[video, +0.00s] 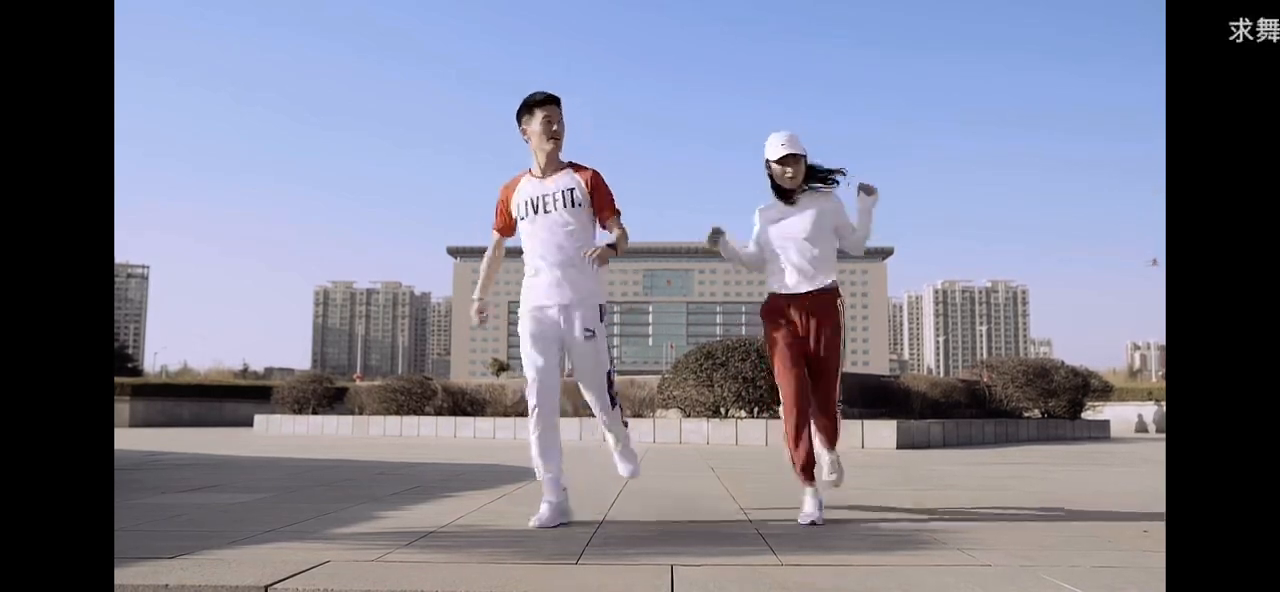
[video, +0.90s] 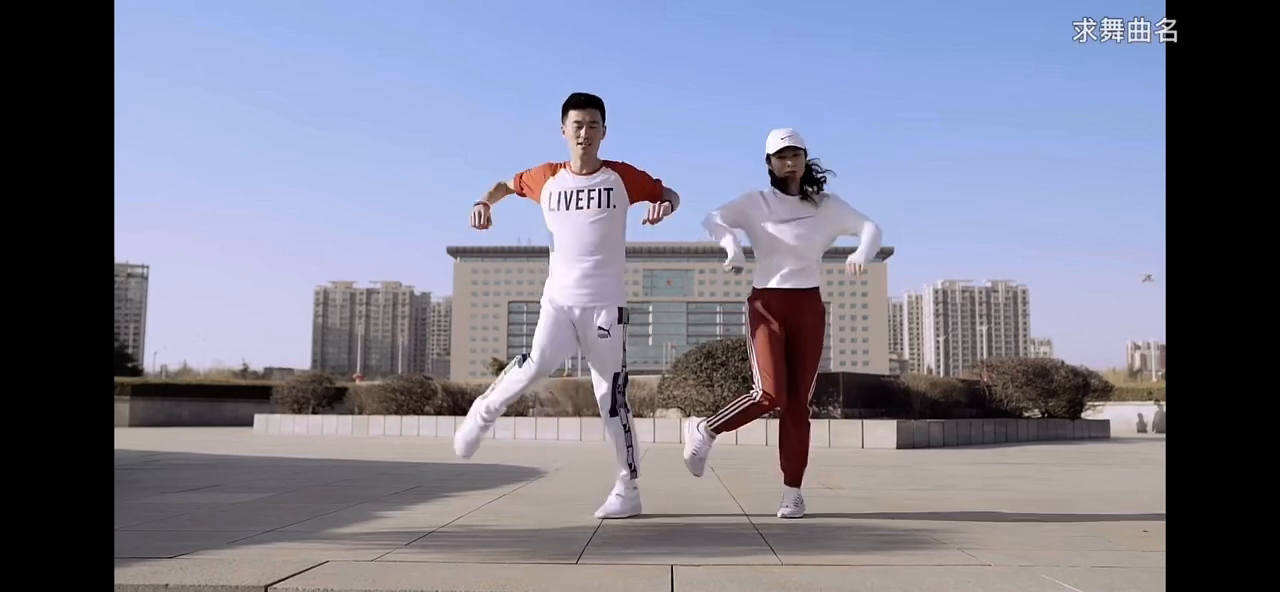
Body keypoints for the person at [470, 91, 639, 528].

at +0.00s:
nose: (555, 125)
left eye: (558, 119)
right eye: (545, 120)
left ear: (564, 128)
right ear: (525, 131)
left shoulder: (587, 178)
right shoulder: (512, 190)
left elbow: (618, 232)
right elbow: (496, 247)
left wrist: (610, 245)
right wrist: (480, 293)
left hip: (583, 300)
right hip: (537, 302)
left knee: (599, 396)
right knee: (540, 403)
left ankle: (618, 441)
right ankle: (553, 498)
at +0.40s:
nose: (565, 141)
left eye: (573, 134)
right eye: (557, 134)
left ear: (582, 139)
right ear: (543, 139)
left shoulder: (603, 188)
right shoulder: (525, 191)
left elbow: (601, 248)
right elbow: (505, 244)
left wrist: (555, 234)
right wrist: (514, 243)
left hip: (591, 295)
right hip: (548, 302)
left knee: (592, 331)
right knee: (555, 402)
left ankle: (600, 411)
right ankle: (568, 486)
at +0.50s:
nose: (570, 125)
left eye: (578, 118)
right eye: (563, 118)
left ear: (587, 123)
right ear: (549, 123)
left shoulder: (608, 172)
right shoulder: (532, 174)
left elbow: (612, 237)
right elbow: (520, 233)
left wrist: (569, 227)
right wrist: (546, 242)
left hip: (594, 292)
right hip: (552, 295)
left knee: (598, 376)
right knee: (558, 387)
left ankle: (582, 469)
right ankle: (575, 474)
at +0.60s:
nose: (575, 132)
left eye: (582, 125)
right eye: (567, 125)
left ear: (592, 131)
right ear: (554, 131)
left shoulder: (613, 182)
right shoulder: (536, 183)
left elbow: (621, 244)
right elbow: (521, 243)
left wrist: (586, 251)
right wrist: (546, 261)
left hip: (595, 301)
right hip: (552, 303)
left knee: (597, 394)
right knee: (566, 399)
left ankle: (571, 485)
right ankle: (591, 481)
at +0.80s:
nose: (584, 122)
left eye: (592, 115)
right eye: (576, 115)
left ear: (603, 120)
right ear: (563, 120)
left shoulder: (622, 170)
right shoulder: (544, 170)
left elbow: (647, 216)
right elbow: (515, 211)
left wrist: (646, 235)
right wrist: (500, 244)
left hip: (601, 291)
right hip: (556, 290)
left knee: (600, 385)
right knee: (544, 378)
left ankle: (602, 482)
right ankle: (547, 463)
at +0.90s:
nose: (585, 132)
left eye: (592, 125)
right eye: (577, 125)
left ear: (603, 131)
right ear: (564, 131)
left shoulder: (624, 176)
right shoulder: (547, 177)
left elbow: (669, 196)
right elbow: (508, 186)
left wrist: (665, 203)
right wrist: (484, 202)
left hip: (605, 304)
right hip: (558, 301)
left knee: (611, 400)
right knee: (536, 366)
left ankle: (628, 489)